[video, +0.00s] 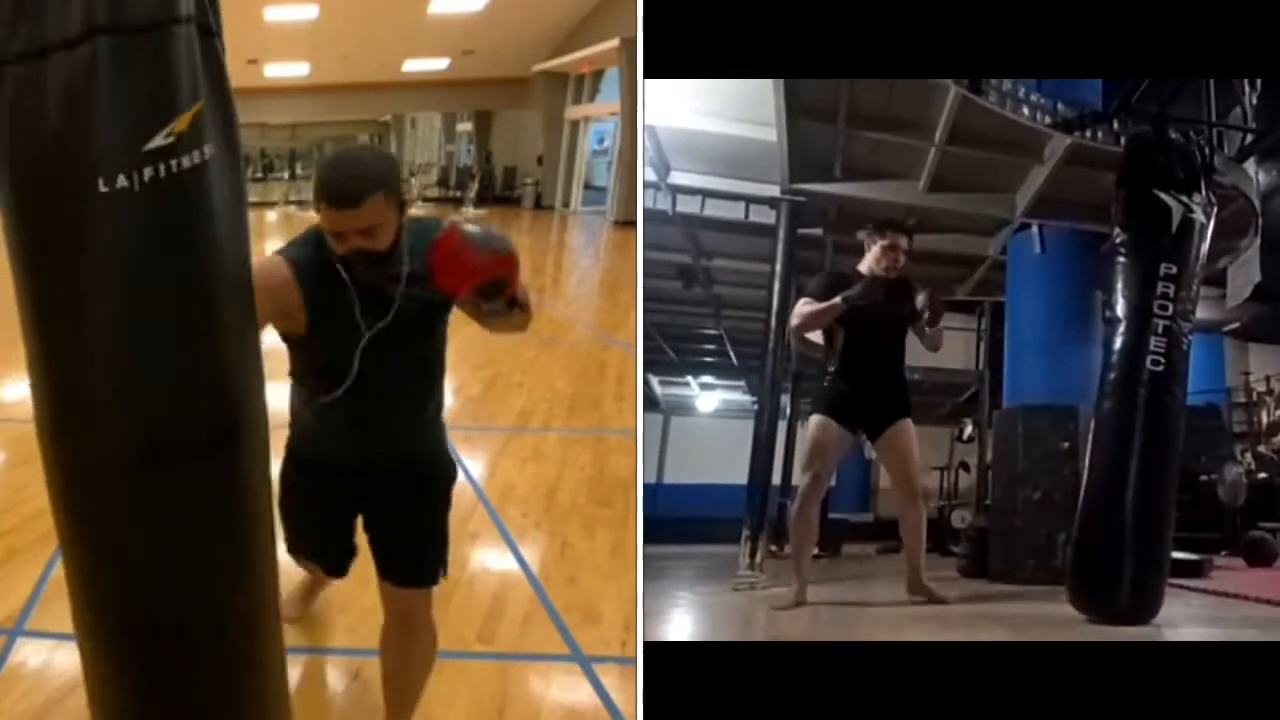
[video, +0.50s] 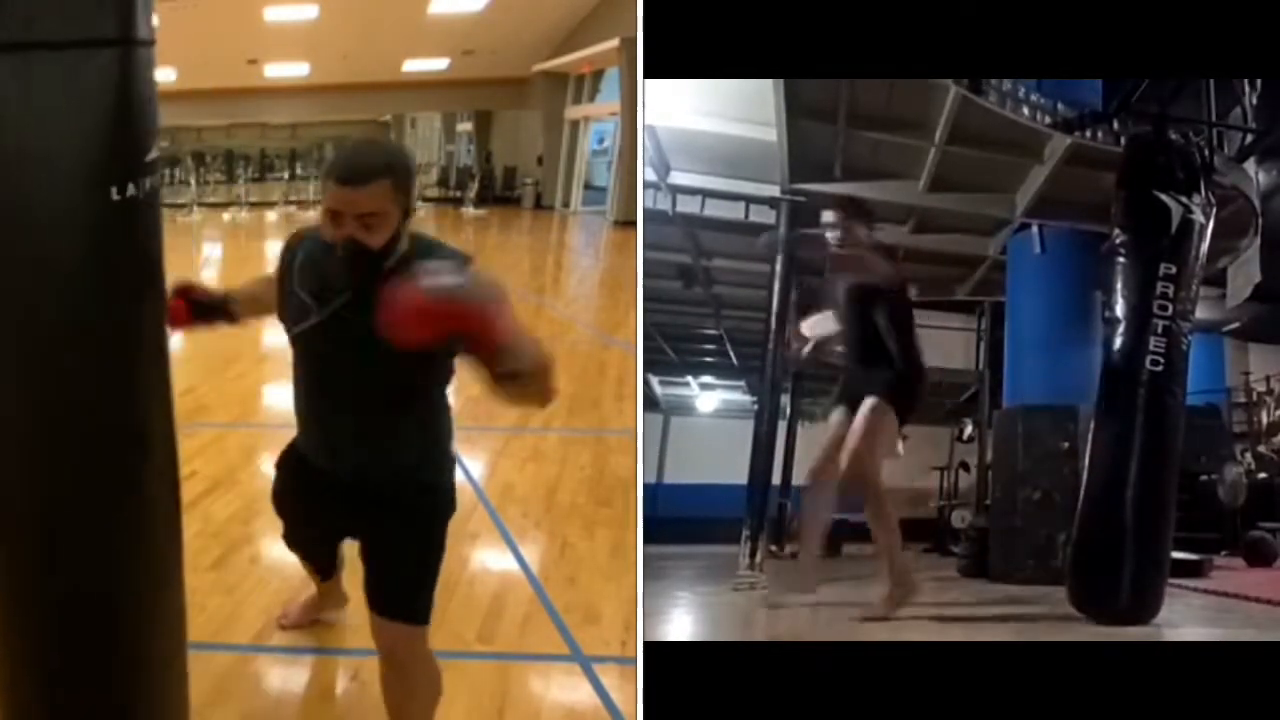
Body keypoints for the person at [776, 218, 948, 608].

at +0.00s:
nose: (895, 257)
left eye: (901, 253)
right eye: (888, 249)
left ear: (905, 259)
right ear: (868, 248)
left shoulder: (904, 293)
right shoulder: (837, 282)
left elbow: (933, 344)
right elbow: (799, 321)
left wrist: (933, 317)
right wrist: (846, 299)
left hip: (889, 401)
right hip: (841, 398)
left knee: (911, 490)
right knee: (810, 486)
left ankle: (917, 582)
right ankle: (799, 585)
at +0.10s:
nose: (888, 249)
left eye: (894, 245)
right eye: (882, 240)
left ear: (896, 251)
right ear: (861, 238)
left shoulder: (898, 286)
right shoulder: (828, 273)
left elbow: (919, 343)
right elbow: (790, 317)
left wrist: (912, 309)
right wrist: (839, 300)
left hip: (883, 389)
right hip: (835, 387)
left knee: (908, 469)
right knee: (808, 478)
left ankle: (906, 579)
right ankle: (798, 586)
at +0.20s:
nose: (886, 249)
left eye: (893, 244)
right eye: (880, 239)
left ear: (896, 251)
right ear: (859, 238)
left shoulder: (898, 286)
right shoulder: (826, 273)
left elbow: (916, 344)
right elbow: (789, 316)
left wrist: (911, 312)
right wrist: (836, 302)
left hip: (883, 390)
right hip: (835, 387)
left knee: (899, 481)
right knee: (806, 480)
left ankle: (906, 586)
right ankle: (797, 585)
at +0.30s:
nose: (880, 253)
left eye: (888, 248)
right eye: (872, 244)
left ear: (894, 256)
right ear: (853, 247)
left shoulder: (897, 294)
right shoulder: (821, 285)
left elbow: (917, 344)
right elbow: (780, 329)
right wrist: (816, 325)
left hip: (879, 396)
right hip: (833, 395)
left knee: (877, 472)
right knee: (791, 492)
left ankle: (891, 592)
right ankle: (796, 589)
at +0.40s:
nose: (869, 253)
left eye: (876, 248)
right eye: (863, 246)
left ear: (886, 256)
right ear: (846, 251)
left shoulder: (896, 295)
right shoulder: (817, 293)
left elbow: (932, 346)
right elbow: (777, 344)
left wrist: (945, 372)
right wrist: (792, 337)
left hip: (875, 404)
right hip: (827, 405)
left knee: (870, 480)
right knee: (787, 495)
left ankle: (888, 596)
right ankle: (795, 591)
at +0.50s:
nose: (834, 236)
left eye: (842, 228)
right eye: (830, 228)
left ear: (864, 229)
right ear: (828, 231)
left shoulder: (881, 269)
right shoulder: (850, 277)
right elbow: (860, 338)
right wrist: (819, 338)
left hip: (892, 380)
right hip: (859, 381)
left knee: (860, 469)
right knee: (822, 474)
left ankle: (899, 579)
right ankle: (806, 574)